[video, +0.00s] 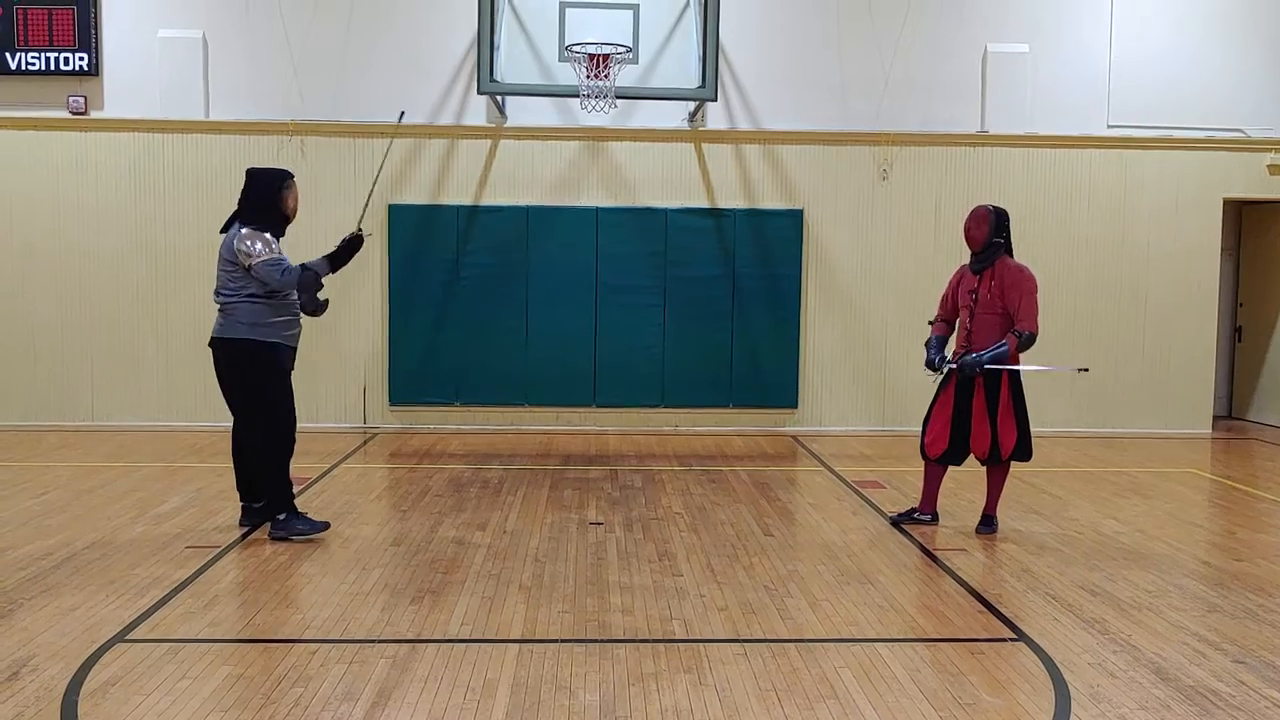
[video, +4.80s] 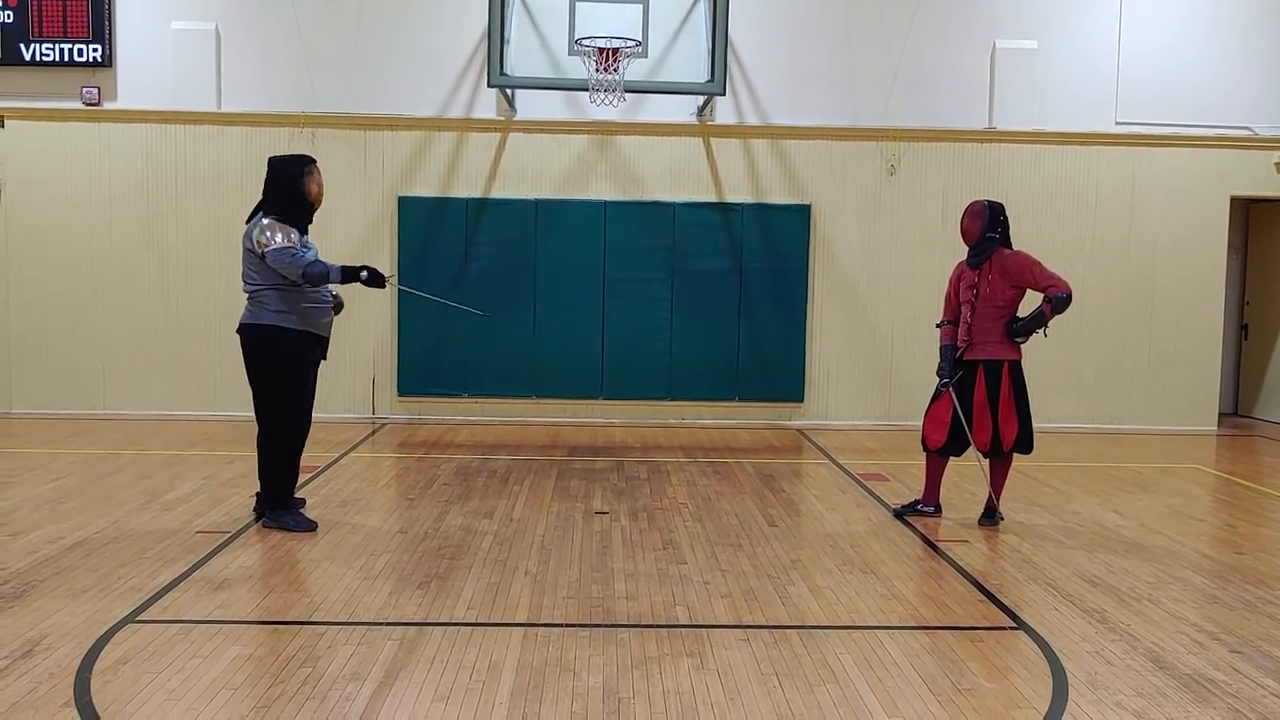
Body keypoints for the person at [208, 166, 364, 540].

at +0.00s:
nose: (296, 203)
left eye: (295, 195)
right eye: (292, 195)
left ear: (268, 196)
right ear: (273, 197)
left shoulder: (248, 234)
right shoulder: (251, 236)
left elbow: (273, 287)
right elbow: (285, 279)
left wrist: (304, 299)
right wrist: (334, 260)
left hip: (244, 346)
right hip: (253, 348)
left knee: (251, 427)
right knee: (277, 427)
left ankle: (255, 506)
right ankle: (283, 515)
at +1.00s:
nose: (289, 242)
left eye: (287, 234)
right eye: (284, 234)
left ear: (255, 236)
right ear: (266, 237)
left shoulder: (236, 274)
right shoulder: (249, 275)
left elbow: (247, 336)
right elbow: (281, 316)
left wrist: (292, 349)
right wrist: (326, 289)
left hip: (241, 384)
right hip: (253, 388)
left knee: (247, 469)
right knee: (266, 471)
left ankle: (243, 553)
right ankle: (256, 559)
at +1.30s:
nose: (322, 272)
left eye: (322, 264)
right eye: (317, 264)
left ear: (290, 266)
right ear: (298, 266)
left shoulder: (274, 305)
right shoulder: (277, 307)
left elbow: (298, 362)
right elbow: (314, 351)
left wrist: (333, 374)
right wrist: (355, 322)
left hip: (280, 410)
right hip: (283, 413)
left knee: (282, 496)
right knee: (294, 497)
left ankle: (276, 575)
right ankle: (283, 585)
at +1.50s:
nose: (320, 253)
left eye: (319, 245)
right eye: (315, 245)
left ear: (289, 246)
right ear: (296, 247)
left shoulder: (280, 288)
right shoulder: (275, 288)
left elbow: (318, 333)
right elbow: (311, 333)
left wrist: (350, 322)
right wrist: (351, 314)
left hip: (286, 395)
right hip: (278, 396)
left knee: (283, 480)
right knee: (286, 481)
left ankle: (273, 560)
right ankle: (278, 567)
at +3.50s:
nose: (306, 209)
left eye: (305, 201)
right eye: (300, 201)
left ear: (275, 206)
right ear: (281, 205)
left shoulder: (272, 250)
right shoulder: (259, 249)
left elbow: (285, 306)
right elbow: (261, 309)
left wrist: (314, 332)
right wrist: (297, 338)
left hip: (274, 355)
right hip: (263, 356)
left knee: (267, 438)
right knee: (276, 440)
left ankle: (255, 520)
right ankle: (261, 527)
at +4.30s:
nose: (317, 200)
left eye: (317, 192)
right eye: (312, 192)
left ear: (292, 196)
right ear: (290, 193)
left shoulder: (287, 237)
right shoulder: (261, 234)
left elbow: (298, 287)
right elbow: (286, 281)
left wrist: (306, 344)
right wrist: (337, 307)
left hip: (288, 343)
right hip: (264, 342)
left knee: (286, 424)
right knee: (271, 425)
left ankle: (271, 501)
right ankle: (266, 509)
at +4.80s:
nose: (321, 190)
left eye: (320, 182)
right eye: (315, 182)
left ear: (298, 185)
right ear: (294, 184)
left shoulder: (292, 230)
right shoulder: (269, 226)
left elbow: (296, 284)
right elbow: (299, 268)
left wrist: (329, 299)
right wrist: (355, 272)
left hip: (295, 337)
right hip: (273, 336)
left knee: (293, 422)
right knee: (280, 422)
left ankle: (277, 497)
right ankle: (274, 506)